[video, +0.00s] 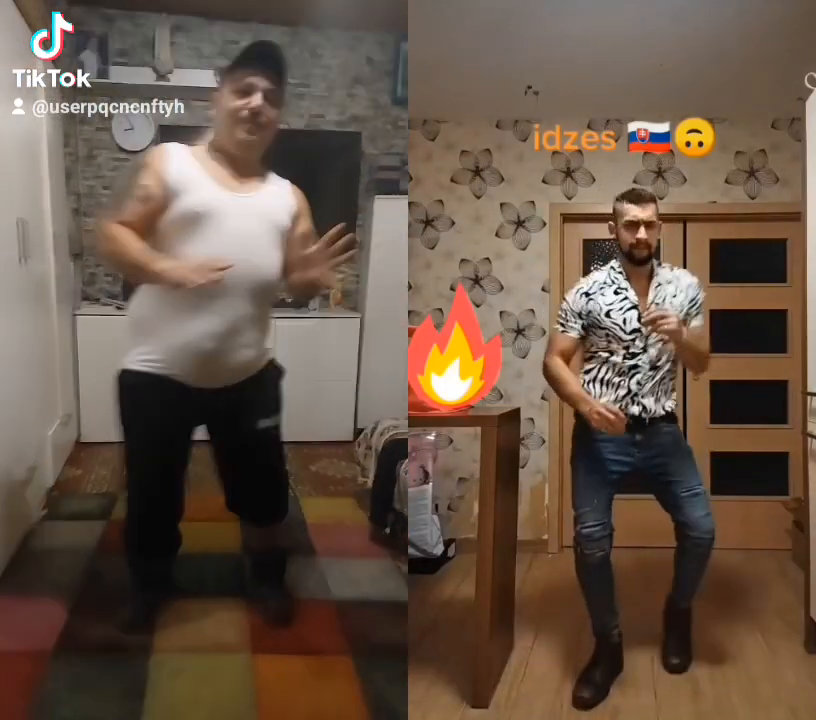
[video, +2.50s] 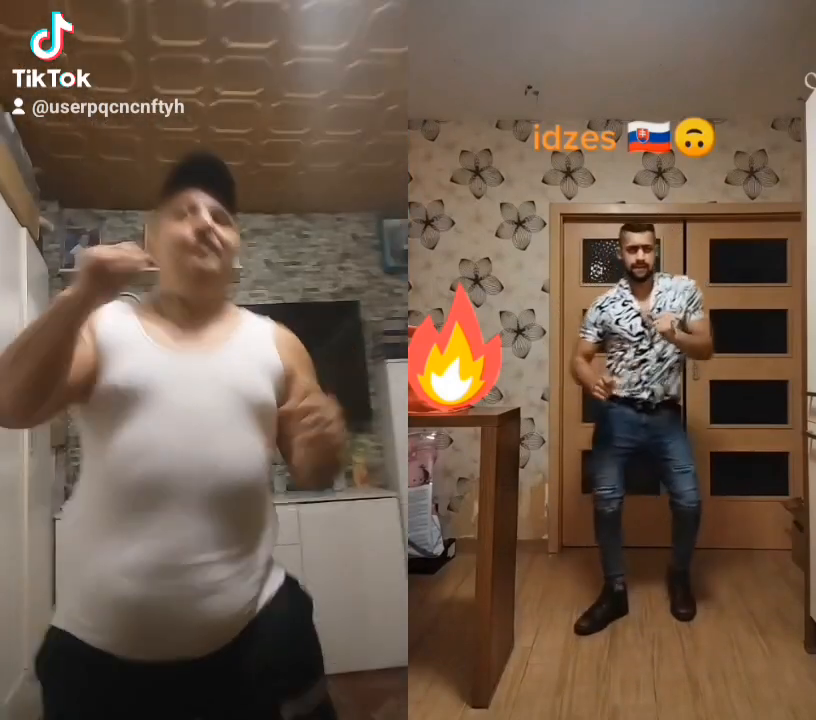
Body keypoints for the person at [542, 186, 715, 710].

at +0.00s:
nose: (641, 234)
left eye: (649, 225)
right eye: (631, 226)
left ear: (660, 229)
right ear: (614, 230)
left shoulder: (682, 285)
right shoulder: (588, 292)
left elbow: (701, 363)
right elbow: (555, 361)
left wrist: (680, 336)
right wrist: (584, 403)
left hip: (661, 434)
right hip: (599, 436)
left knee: (701, 531)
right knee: (590, 543)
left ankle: (679, 614)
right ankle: (607, 648)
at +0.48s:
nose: (652, 240)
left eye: (661, 232)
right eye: (645, 233)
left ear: (677, 237)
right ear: (635, 240)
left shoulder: (705, 295)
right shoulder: (610, 296)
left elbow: (725, 366)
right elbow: (589, 355)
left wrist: (677, 343)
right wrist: (602, 392)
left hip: (684, 434)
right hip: (624, 431)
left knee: (690, 539)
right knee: (595, 522)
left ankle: (671, 618)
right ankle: (616, 637)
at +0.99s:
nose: (639, 239)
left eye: (647, 231)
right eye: (633, 232)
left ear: (665, 236)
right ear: (625, 238)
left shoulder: (691, 285)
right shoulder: (613, 294)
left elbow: (725, 348)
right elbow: (598, 357)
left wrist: (681, 390)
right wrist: (589, 363)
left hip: (677, 422)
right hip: (626, 416)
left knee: (673, 525)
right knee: (585, 494)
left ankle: (671, 618)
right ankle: (612, 586)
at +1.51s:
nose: (610, 251)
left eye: (617, 244)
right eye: (603, 245)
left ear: (634, 249)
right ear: (595, 251)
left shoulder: (661, 294)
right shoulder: (585, 309)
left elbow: (692, 351)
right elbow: (576, 361)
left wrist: (652, 379)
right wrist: (575, 372)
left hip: (648, 425)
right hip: (597, 424)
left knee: (654, 519)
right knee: (582, 516)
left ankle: (661, 615)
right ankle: (613, 594)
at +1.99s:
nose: (616, 255)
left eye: (624, 248)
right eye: (609, 248)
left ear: (634, 252)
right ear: (596, 252)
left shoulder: (658, 296)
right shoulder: (577, 306)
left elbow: (684, 344)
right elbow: (556, 366)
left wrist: (665, 368)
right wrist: (577, 377)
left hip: (648, 421)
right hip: (598, 423)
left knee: (681, 499)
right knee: (590, 510)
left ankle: (664, 598)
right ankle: (613, 595)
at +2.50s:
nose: (640, 257)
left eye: (646, 249)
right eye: (632, 250)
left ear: (656, 252)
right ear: (621, 254)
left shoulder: (682, 289)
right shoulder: (606, 304)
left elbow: (705, 347)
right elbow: (581, 358)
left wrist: (676, 335)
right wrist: (593, 382)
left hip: (666, 416)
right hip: (617, 415)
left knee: (688, 502)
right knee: (606, 501)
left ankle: (680, 578)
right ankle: (614, 592)